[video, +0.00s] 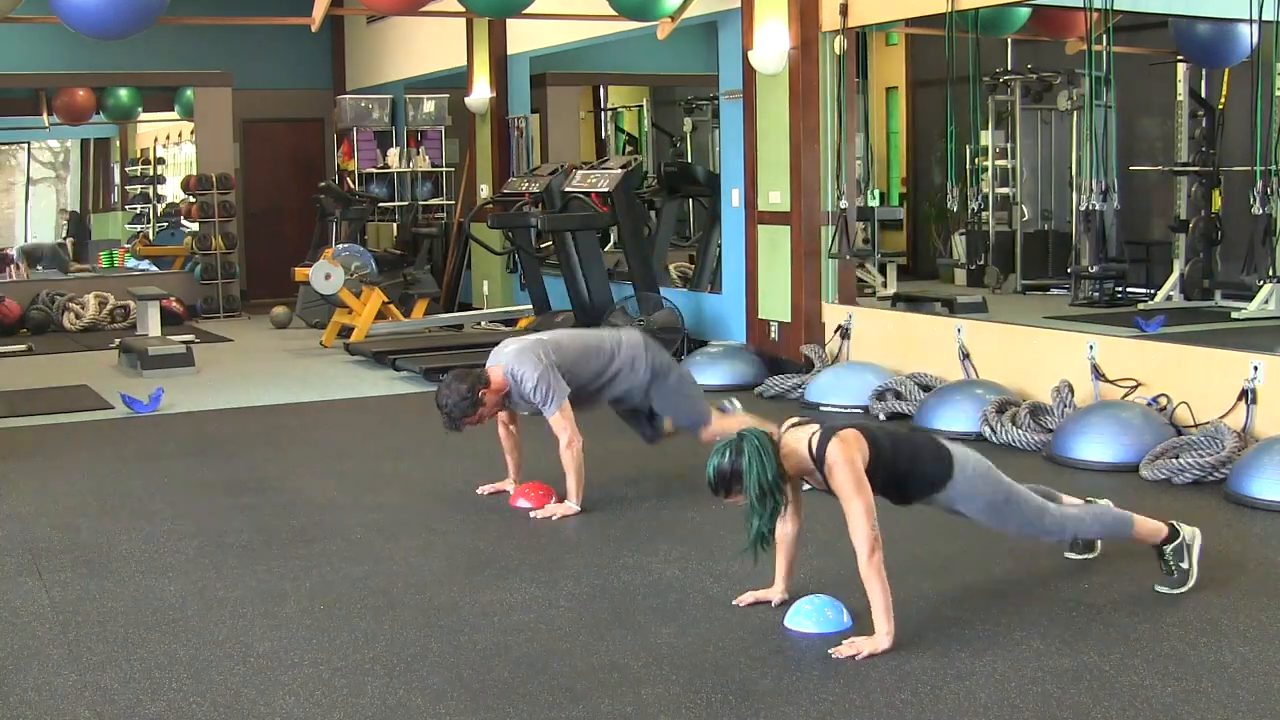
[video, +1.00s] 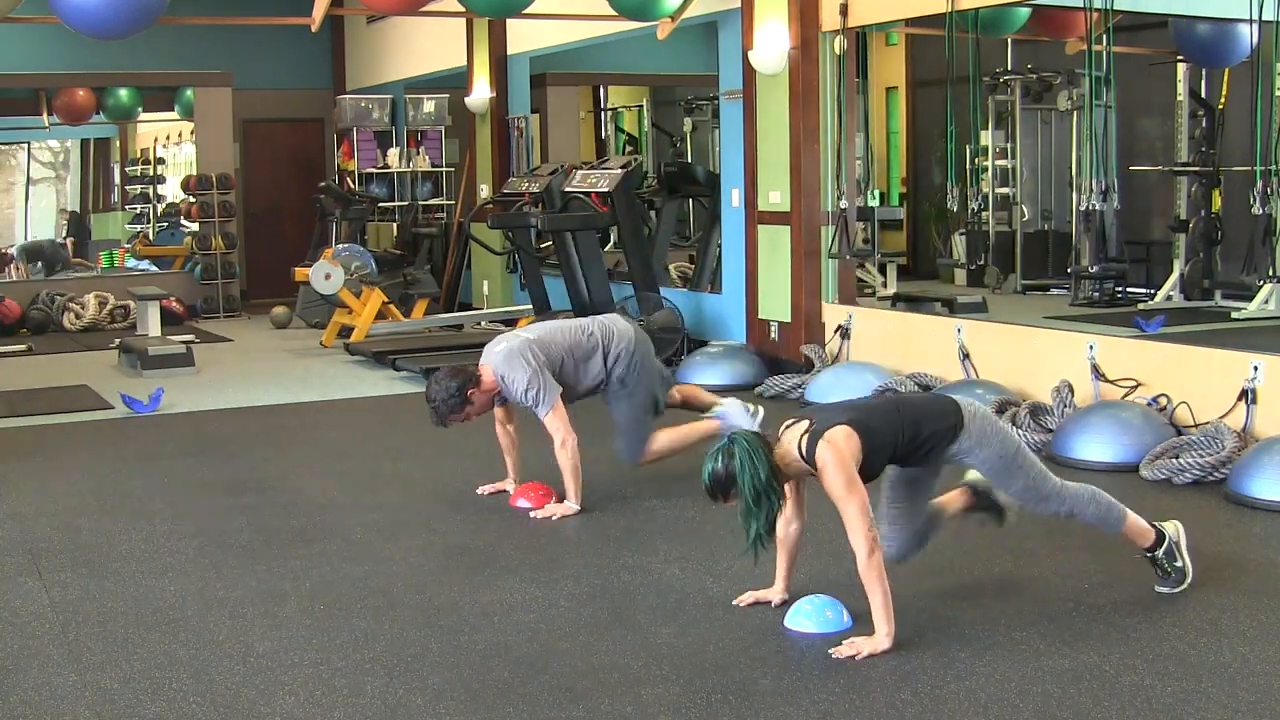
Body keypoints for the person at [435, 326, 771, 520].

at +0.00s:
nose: (487, 423)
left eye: (482, 418)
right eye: (481, 422)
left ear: (486, 396)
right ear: (480, 393)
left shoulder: (531, 371)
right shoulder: (494, 374)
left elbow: (570, 441)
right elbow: (507, 425)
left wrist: (574, 502)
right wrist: (514, 479)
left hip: (636, 356)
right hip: (610, 375)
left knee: (708, 428)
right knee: (657, 431)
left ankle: (782, 433)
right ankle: (725, 416)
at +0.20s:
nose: (485, 421)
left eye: (481, 416)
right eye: (480, 419)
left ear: (488, 397)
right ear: (482, 388)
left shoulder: (535, 371)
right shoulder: (500, 371)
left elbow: (573, 440)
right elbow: (511, 423)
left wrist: (574, 502)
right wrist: (514, 478)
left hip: (640, 374)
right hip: (618, 389)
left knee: (685, 458)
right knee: (661, 443)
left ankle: (756, 450)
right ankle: (735, 424)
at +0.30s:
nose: (477, 421)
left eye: (472, 418)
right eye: (471, 420)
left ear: (481, 399)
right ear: (478, 389)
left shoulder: (525, 371)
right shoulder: (496, 364)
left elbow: (567, 440)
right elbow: (508, 424)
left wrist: (574, 501)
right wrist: (513, 479)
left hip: (632, 358)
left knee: (649, 458)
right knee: (667, 404)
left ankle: (737, 445)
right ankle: (737, 415)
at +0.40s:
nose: (474, 419)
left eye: (469, 415)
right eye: (469, 417)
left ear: (479, 398)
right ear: (475, 388)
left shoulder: (521, 371)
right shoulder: (493, 363)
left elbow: (564, 439)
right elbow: (507, 424)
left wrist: (573, 501)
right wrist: (513, 479)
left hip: (625, 361)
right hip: (621, 336)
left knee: (606, 460)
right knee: (671, 404)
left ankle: (695, 447)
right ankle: (741, 419)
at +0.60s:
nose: (468, 413)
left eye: (463, 411)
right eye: (464, 411)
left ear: (470, 398)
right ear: (469, 385)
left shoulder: (519, 371)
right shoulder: (494, 362)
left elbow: (565, 439)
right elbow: (508, 424)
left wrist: (573, 503)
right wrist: (513, 480)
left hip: (621, 391)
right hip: (629, 372)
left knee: (553, 467)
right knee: (666, 434)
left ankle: (643, 464)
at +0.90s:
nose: (471, 418)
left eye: (465, 415)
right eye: (465, 417)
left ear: (472, 395)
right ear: (468, 386)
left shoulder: (518, 371)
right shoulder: (492, 367)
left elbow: (564, 438)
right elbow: (505, 424)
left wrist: (574, 501)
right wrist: (512, 478)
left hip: (621, 366)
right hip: (618, 352)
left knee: (597, 461)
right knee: (667, 414)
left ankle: (681, 433)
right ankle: (743, 423)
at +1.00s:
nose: (475, 420)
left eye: (469, 415)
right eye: (469, 419)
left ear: (473, 394)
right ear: (469, 388)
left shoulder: (518, 370)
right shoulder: (492, 368)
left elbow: (565, 438)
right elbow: (506, 424)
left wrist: (573, 502)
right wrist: (512, 479)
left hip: (621, 349)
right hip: (612, 333)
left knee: (638, 449)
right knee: (668, 394)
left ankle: (725, 422)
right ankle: (731, 406)